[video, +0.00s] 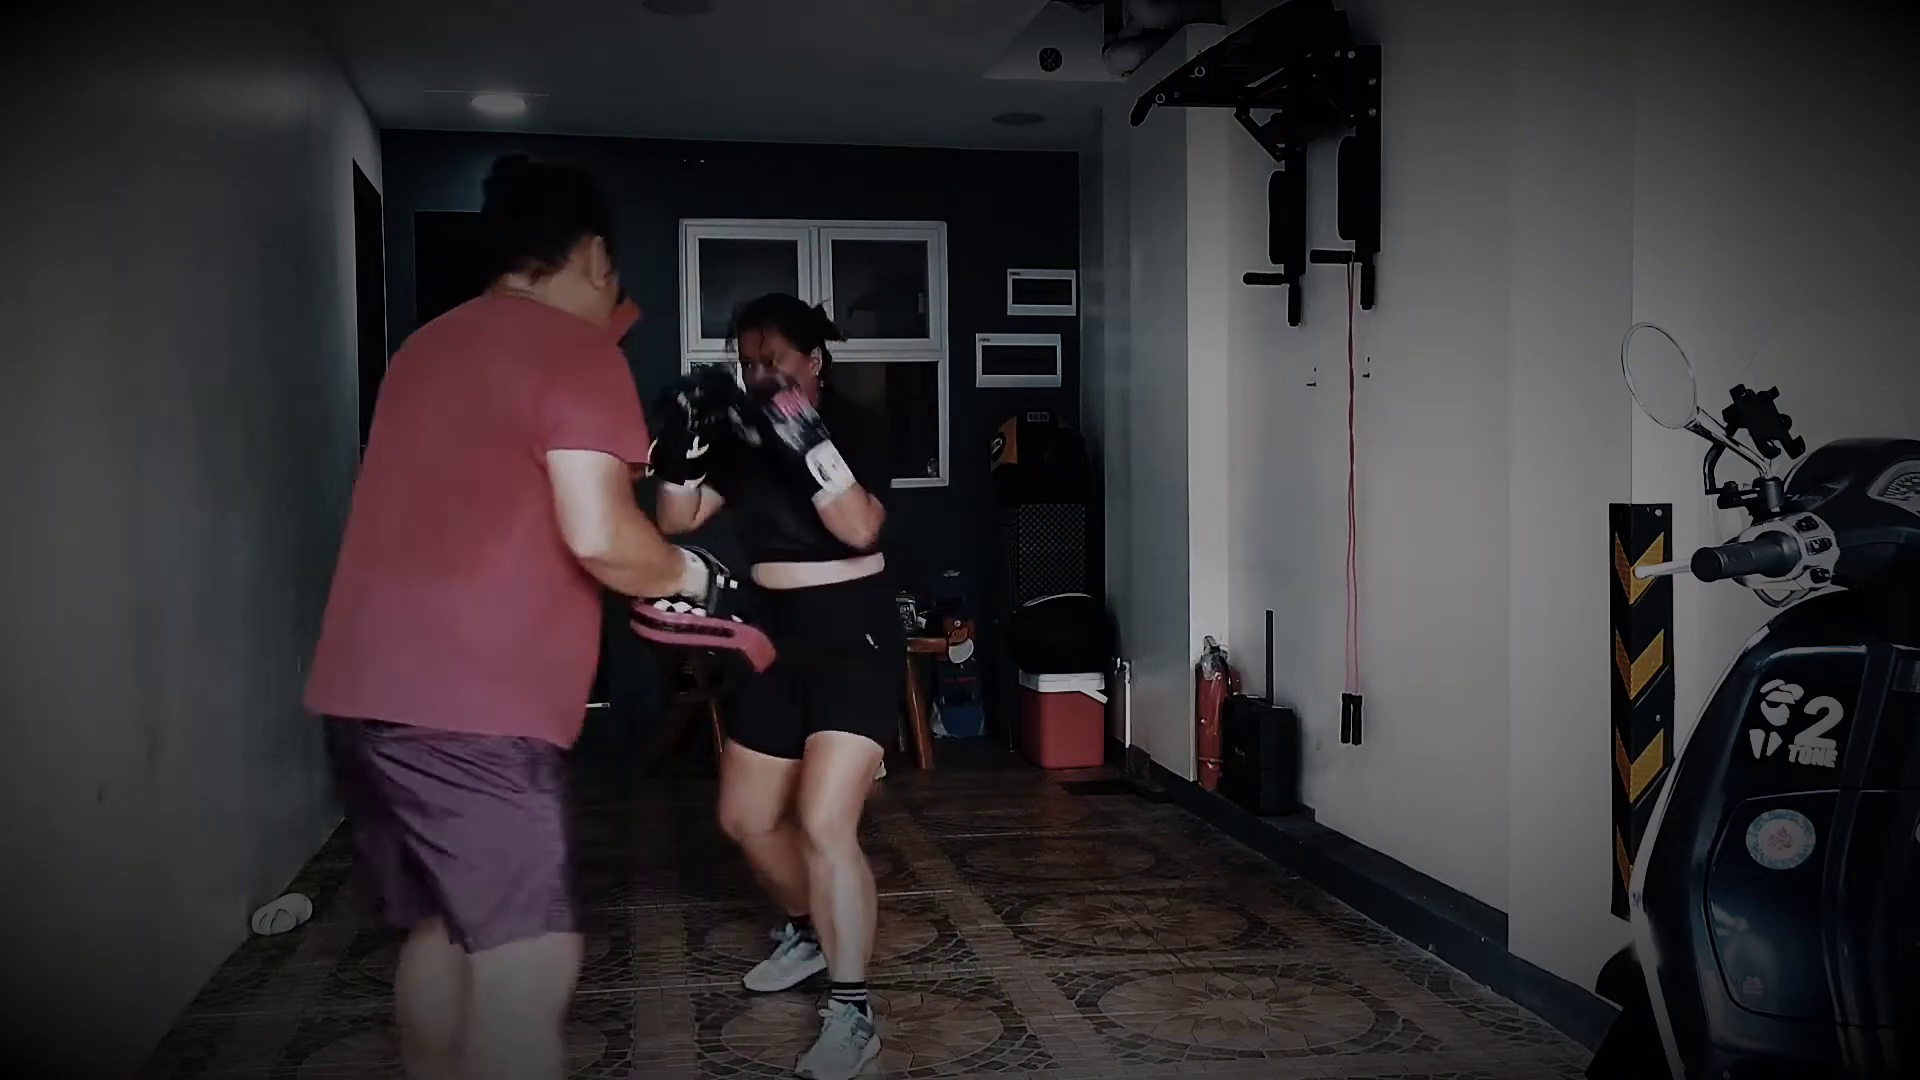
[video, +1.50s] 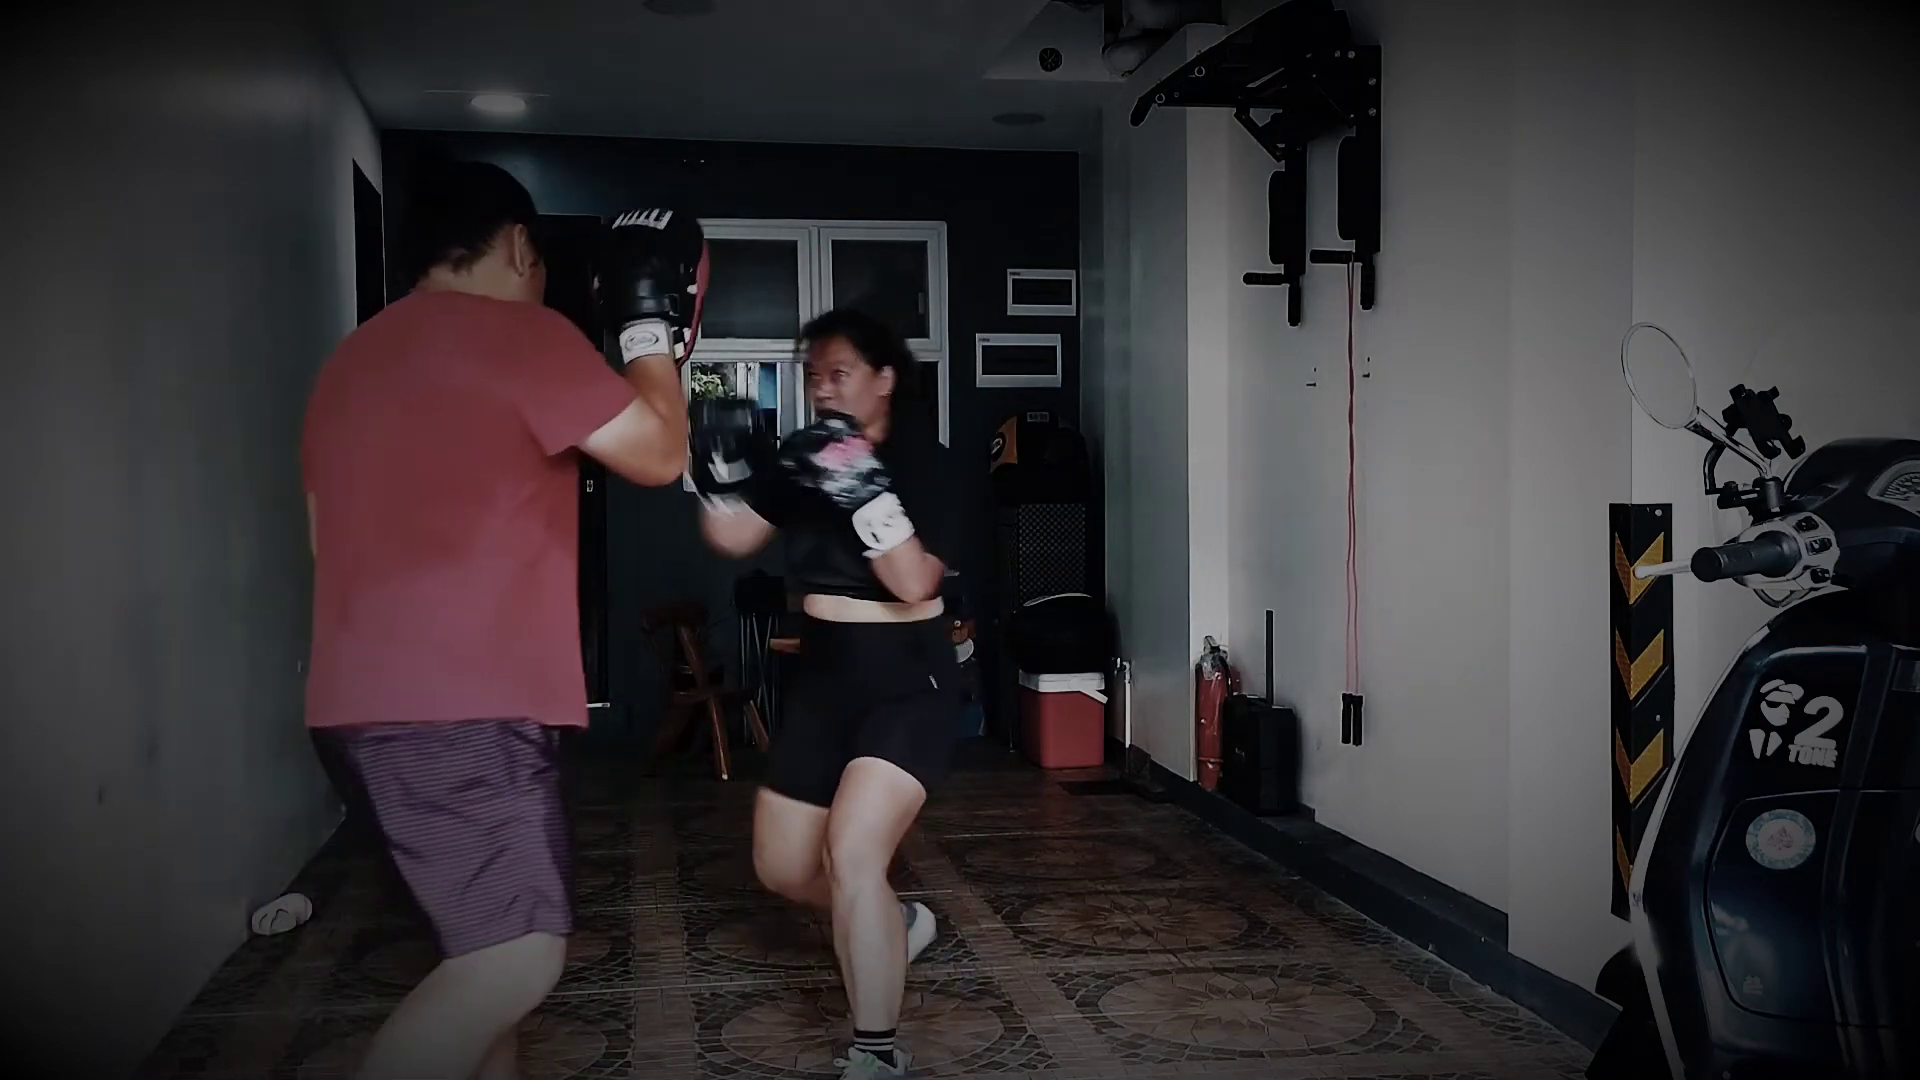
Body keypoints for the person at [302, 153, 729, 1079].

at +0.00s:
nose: (615, 293)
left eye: (609, 270)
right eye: (609, 267)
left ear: (509, 256)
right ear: (582, 252)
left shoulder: (425, 347)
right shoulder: (574, 348)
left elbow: (482, 509)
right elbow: (602, 537)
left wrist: (638, 559)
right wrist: (689, 574)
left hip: (368, 699)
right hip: (479, 712)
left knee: (436, 930)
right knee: (529, 955)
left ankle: (436, 1075)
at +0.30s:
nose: (546, 290)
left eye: (550, 273)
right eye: (547, 266)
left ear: (438, 244)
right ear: (514, 242)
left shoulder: (367, 333)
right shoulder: (491, 337)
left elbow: (432, 504)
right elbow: (532, 518)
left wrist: (584, 558)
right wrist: (630, 524)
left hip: (323, 691)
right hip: (397, 705)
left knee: (414, 952)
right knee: (378, 958)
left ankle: (423, 1077)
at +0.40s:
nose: (525, 268)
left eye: (524, 245)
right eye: (524, 242)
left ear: (412, 225)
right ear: (490, 225)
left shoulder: (345, 317)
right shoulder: (465, 317)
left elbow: (411, 484)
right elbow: (503, 495)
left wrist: (557, 533)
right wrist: (602, 511)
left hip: (306, 681)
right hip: (379, 694)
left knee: (349, 932)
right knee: (369, 946)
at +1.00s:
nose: (476, 272)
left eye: (475, 251)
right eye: (473, 247)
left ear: (361, 231)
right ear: (441, 234)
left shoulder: (289, 334)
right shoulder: (407, 332)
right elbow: (556, 470)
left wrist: (558, 383)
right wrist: (565, 363)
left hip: (260, 721)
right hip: (332, 729)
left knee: (323, 978)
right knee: (354, 985)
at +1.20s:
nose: (488, 271)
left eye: (488, 252)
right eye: (487, 249)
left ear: (372, 228)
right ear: (462, 230)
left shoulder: (282, 341)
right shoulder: (457, 325)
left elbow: (241, 527)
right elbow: (593, 455)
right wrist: (598, 344)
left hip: (277, 710)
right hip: (378, 717)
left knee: (436, 895)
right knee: (333, 984)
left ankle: (452, 1077)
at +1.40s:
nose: (523, 292)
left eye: (520, 275)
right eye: (520, 270)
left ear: (409, 259)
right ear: (496, 250)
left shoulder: (339, 366)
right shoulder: (488, 339)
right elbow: (636, 459)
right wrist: (635, 356)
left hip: (360, 713)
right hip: (437, 717)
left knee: (481, 966)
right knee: (479, 973)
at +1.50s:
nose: (537, 279)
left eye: (533, 262)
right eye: (534, 259)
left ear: (422, 253)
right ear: (510, 243)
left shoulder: (347, 363)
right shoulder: (519, 337)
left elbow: (325, 533)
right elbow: (662, 452)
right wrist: (650, 334)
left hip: (364, 701)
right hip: (462, 703)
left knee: (489, 945)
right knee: (517, 952)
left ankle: (491, 1064)